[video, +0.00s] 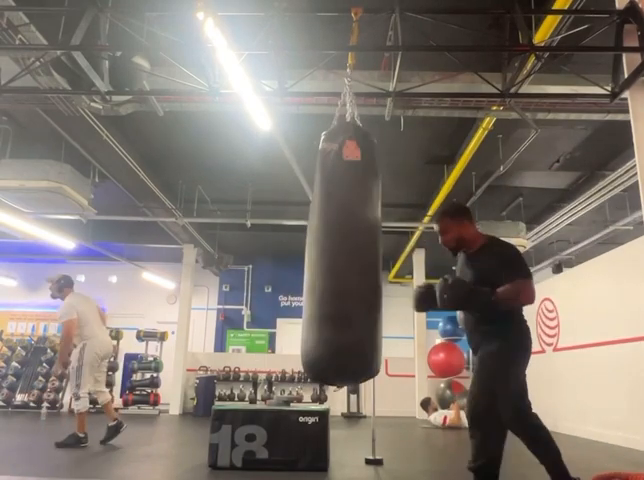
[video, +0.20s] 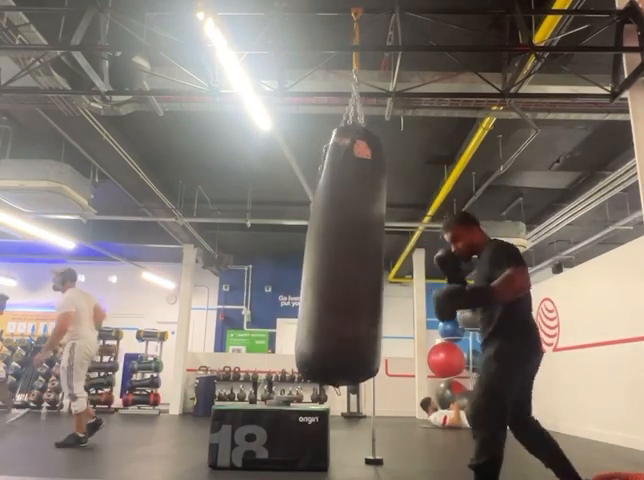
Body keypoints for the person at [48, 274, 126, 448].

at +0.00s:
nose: (50, 289)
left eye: (53, 286)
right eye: (50, 286)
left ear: (64, 288)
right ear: (69, 288)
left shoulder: (69, 303)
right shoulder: (87, 299)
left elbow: (68, 334)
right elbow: (102, 318)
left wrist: (63, 359)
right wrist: (99, 337)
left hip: (88, 345)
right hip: (105, 343)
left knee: (79, 390)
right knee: (98, 388)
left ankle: (80, 433)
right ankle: (114, 421)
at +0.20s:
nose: (55, 286)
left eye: (57, 282)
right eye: (55, 282)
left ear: (65, 282)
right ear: (74, 281)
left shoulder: (68, 297)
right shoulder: (86, 295)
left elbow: (62, 327)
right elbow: (100, 313)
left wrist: (44, 352)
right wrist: (88, 331)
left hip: (77, 344)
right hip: (89, 343)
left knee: (74, 388)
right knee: (75, 386)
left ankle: (80, 433)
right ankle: (92, 418)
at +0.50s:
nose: (44, 282)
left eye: (47, 278)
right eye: (45, 278)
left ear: (58, 278)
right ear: (61, 279)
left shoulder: (62, 294)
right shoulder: (67, 295)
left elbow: (62, 320)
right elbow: (76, 323)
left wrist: (42, 340)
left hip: (61, 344)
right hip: (55, 344)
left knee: (68, 389)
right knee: (40, 387)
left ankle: (79, 431)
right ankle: (24, 430)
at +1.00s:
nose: (15, 278)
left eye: (19, 275)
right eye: (14, 274)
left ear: (29, 276)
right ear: (15, 276)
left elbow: (55, 319)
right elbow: (8, 322)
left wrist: (55, 347)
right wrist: (3, 341)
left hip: (29, 342)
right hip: (11, 341)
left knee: (6, 376)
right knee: (18, 386)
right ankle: (20, 430)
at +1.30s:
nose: (1, 272)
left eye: (3, 267)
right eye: (1, 267)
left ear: (11, 269)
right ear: (5, 270)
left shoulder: (20, 291)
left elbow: (31, 322)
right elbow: (31, 321)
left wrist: (30, 349)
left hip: (7, 341)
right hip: (6, 341)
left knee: (4, 383)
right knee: (3, 384)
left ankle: (9, 423)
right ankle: (9, 423)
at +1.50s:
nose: (44, 327)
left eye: (44, 324)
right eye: (41, 324)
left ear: (38, 326)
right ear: (33, 325)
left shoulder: (33, 341)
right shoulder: (21, 340)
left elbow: (29, 360)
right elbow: (9, 359)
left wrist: (30, 373)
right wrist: (9, 380)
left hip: (23, 373)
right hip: (13, 374)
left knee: (42, 384)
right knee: (41, 385)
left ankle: (34, 415)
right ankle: (31, 416)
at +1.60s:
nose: (49, 323)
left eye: (49, 321)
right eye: (46, 320)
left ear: (42, 322)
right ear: (38, 321)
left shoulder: (36, 337)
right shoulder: (27, 335)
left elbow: (29, 357)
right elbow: (14, 354)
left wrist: (32, 371)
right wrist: (13, 375)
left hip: (25, 369)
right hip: (19, 369)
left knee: (42, 384)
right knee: (40, 384)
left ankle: (34, 414)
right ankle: (31, 416)